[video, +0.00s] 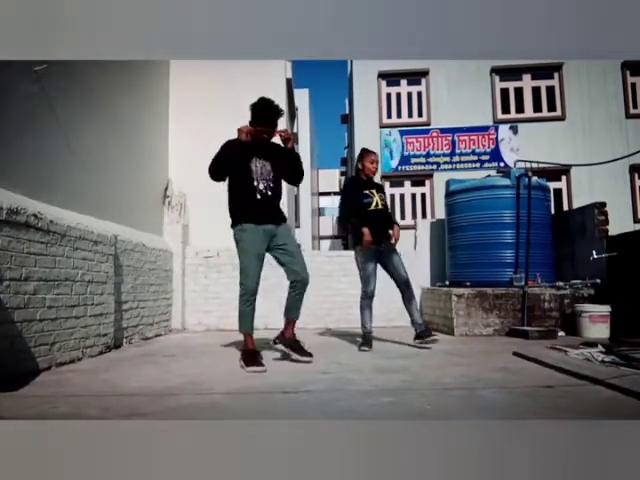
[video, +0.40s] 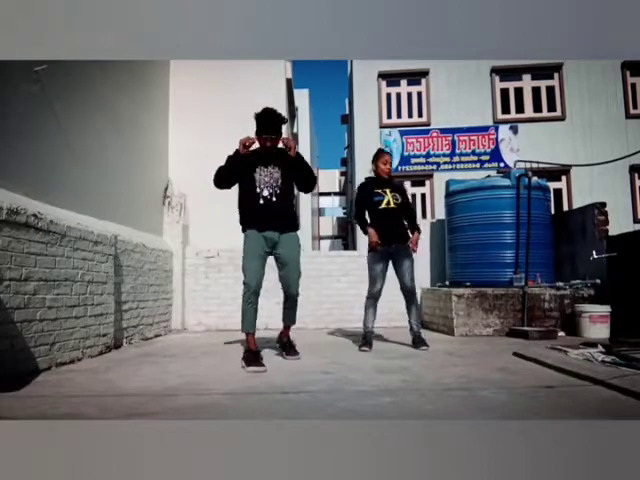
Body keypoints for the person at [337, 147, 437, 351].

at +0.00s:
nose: (374, 166)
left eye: (376, 163)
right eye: (371, 162)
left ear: (377, 165)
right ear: (360, 164)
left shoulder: (378, 187)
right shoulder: (351, 185)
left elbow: (384, 212)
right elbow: (346, 215)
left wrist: (395, 225)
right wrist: (363, 229)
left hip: (384, 241)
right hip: (365, 243)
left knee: (404, 283)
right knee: (368, 291)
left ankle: (420, 328)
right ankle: (367, 335)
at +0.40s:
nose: (388, 167)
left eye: (390, 163)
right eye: (384, 163)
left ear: (392, 165)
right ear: (375, 165)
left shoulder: (398, 187)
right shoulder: (366, 187)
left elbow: (408, 212)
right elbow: (358, 214)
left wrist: (416, 232)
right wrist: (369, 230)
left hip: (401, 243)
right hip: (378, 245)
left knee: (409, 288)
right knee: (374, 291)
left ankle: (417, 334)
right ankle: (367, 336)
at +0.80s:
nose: (402, 162)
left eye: (406, 159)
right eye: (399, 160)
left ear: (412, 162)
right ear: (394, 163)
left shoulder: (419, 184)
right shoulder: (386, 184)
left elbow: (435, 213)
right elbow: (377, 216)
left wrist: (427, 236)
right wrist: (373, 207)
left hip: (411, 243)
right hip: (389, 242)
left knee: (411, 288)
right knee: (378, 286)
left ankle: (417, 334)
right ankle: (373, 333)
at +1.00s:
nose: (400, 164)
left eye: (404, 160)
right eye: (397, 161)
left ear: (411, 163)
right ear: (394, 165)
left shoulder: (419, 185)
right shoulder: (387, 185)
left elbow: (431, 215)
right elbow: (368, 205)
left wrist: (424, 236)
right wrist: (370, 183)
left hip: (410, 244)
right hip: (387, 243)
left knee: (411, 289)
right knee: (378, 289)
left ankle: (417, 334)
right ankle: (375, 333)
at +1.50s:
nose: (371, 167)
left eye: (374, 164)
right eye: (368, 165)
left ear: (382, 166)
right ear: (365, 169)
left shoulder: (393, 191)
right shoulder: (361, 189)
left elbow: (403, 215)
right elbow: (350, 188)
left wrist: (409, 237)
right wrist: (357, 168)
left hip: (389, 246)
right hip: (367, 247)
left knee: (400, 290)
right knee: (364, 292)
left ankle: (416, 334)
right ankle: (361, 336)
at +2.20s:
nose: (374, 168)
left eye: (377, 165)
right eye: (370, 165)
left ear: (381, 168)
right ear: (363, 167)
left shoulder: (387, 191)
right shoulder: (355, 190)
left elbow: (397, 214)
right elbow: (346, 207)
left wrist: (407, 232)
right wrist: (357, 187)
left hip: (389, 244)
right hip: (366, 245)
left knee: (400, 286)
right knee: (365, 290)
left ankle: (409, 331)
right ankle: (361, 335)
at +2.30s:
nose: (380, 169)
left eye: (382, 166)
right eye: (376, 166)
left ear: (386, 169)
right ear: (369, 169)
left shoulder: (392, 192)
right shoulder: (360, 191)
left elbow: (405, 216)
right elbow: (347, 213)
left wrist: (417, 237)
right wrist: (365, 201)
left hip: (394, 246)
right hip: (371, 246)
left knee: (401, 289)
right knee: (368, 291)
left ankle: (408, 333)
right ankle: (362, 335)